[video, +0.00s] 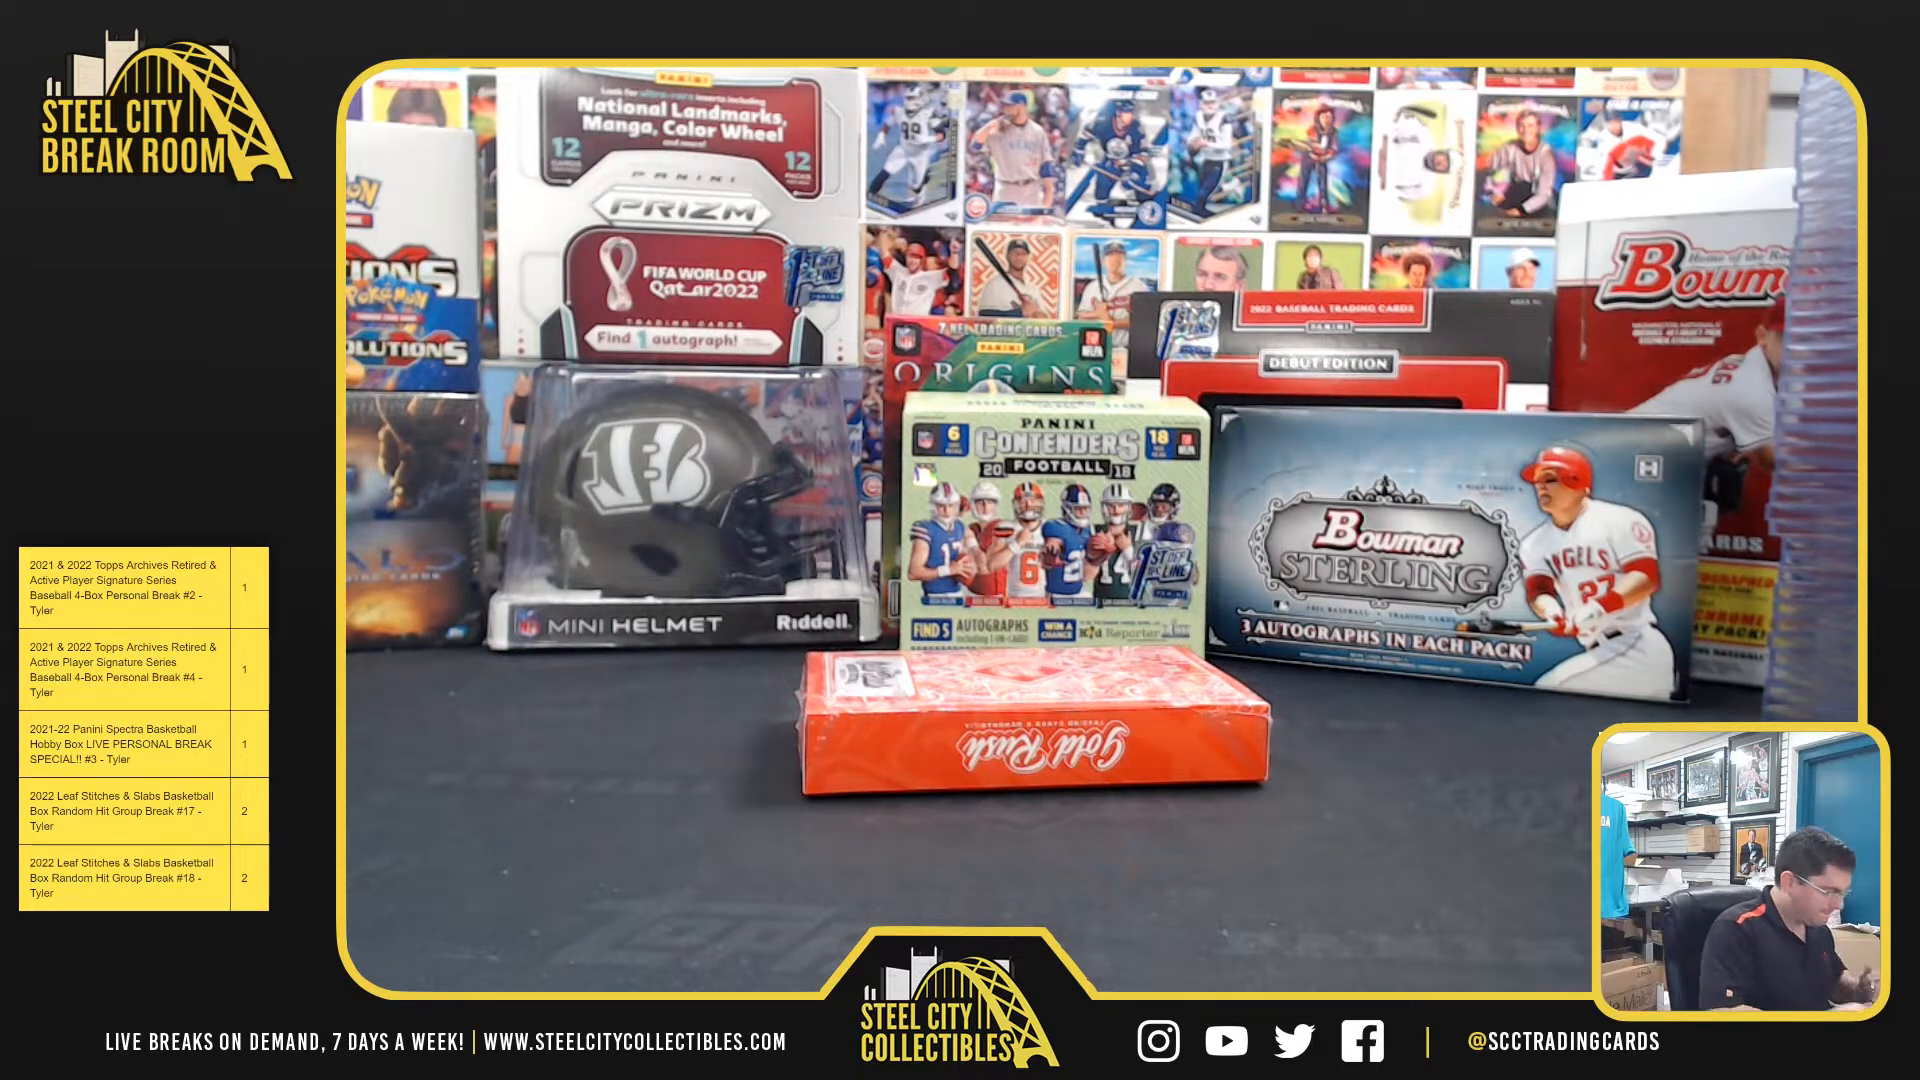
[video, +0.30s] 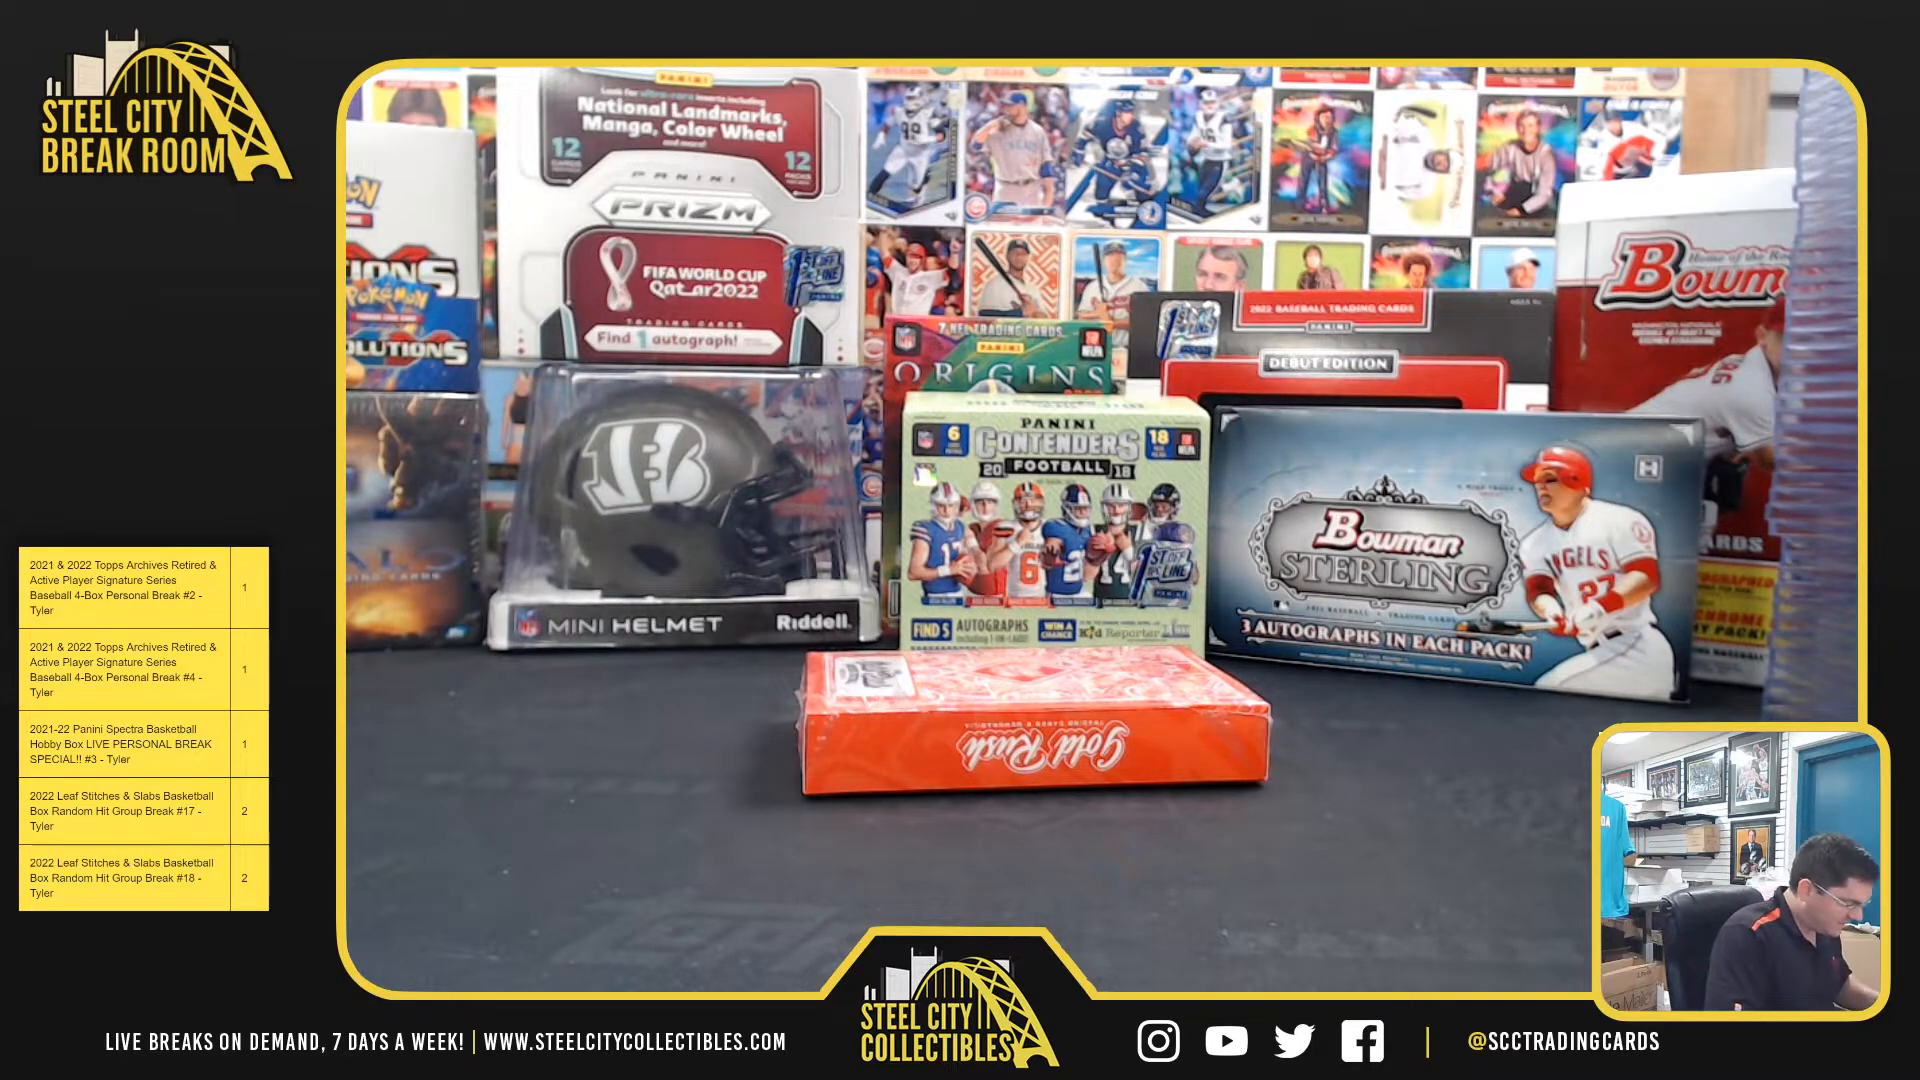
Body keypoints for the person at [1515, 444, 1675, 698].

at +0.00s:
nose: (1540, 489)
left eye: (1550, 480)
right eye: (1537, 483)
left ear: (1579, 485)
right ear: (1533, 487)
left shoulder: (1624, 521)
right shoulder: (1534, 545)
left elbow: (1646, 577)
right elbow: (1538, 591)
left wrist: (1600, 607)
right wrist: (1554, 614)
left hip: (1638, 648)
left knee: (1546, 692)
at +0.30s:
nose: (1540, 489)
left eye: (1550, 480)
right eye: (1537, 483)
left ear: (1579, 485)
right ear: (1533, 487)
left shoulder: (1624, 521)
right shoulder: (1534, 545)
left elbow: (1646, 577)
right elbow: (1538, 591)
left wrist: (1600, 607)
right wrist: (1554, 614)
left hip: (1638, 647)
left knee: (1545, 693)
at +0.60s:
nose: (1540, 489)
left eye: (1550, 480)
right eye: (1537, 482)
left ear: (1579, 485)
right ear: (1533, 487)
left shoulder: (1624, 521)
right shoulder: (1534, 545)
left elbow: (1646, 577)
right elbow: (1538, 591)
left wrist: (1600, 607)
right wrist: (1554, 614)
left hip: (1638, 647)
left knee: (1546, 693)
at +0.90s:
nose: (1540, 489)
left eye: (1549, 480)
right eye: (1537, 483)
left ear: (1578, 484)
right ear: (1533, 487)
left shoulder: (1624, 521)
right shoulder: (1534, 545)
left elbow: (1646, 577)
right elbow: (1538, 591)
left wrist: (1599, 608)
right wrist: (1553, 613)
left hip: (1637, 647)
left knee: (1547, 691)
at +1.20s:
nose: (1540, 489)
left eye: (1549, 480)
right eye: (1537, 483)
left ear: (1579, 485)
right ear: (1533, 487)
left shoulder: (1624, 521)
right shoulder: (1534, 545)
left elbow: (1646, 578)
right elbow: (1538, 591)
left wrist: (1599, 608)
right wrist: (1553, 613)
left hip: (1638, 647)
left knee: (1547, 691)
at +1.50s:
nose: (1540, 489)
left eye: (1549, 480)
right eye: (1537, 483)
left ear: (1578, 484)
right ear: (1533, 487)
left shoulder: (1624, 521)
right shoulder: (1534, 545)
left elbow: (1646, 578)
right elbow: (1538, 591)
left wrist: (1599, 608)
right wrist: (1553, 613)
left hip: (1638, 647)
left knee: (1547, 691)